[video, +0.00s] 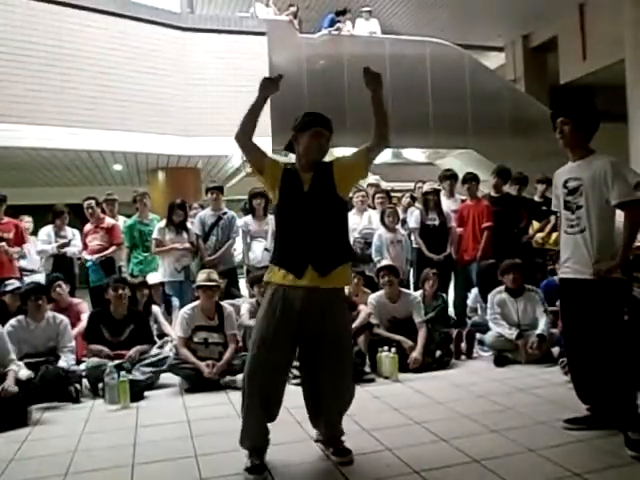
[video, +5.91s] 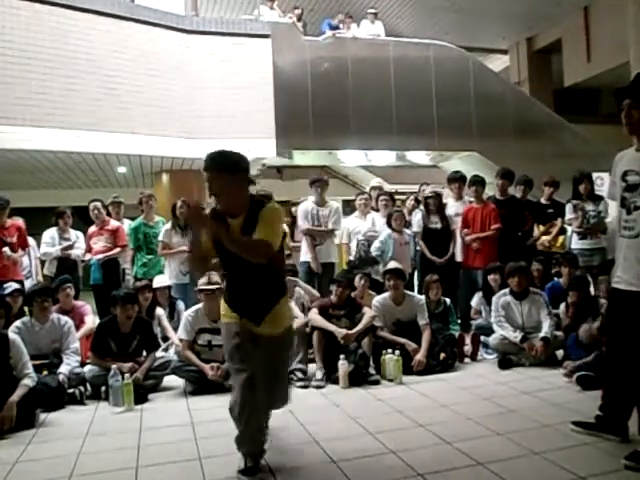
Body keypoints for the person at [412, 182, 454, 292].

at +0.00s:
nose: (433, 198)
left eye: (435, 194)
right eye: (429, 194)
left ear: (438, 197)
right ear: (425, 197)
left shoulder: (445, 214)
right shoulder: (419, 213)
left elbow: (450, 232)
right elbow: (416, 235)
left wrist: (447, 250)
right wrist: (428, 253)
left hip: (442, 255)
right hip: (425, 255)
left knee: (442, 290)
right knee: (423, 288)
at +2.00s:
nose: (432, 197)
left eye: (435, 194)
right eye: (429, 194)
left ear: (438, 197)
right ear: (424, 196)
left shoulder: (444, 214)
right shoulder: (418, 214)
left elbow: (450, 233)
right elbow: (415, 235)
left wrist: (448, 250)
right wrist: (428, 253)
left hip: (443, 257)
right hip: (425, 257)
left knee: (443, 290)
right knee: (424, 289)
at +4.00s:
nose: (436, 200)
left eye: (439, 197)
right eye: (433, 196)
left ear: (443, 200)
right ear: (428, 199)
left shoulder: (449, 217)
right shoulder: (423, 216)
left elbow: (454, 236)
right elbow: (420, 238)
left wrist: (453, 253)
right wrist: (432, 256)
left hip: (448, 259)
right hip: (430, 259)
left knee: (448, 292)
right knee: (428, 291)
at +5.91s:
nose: (432, 204)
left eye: (435, 201)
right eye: (429, 201)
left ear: (439, 202)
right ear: (426, 203)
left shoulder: (446, 217)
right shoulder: (422, 218)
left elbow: (453, 237)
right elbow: (419, 239)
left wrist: (447, 256)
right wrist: (431, 256)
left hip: (446, 260)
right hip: (428, 261)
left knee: (446, 292)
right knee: (427, 291)